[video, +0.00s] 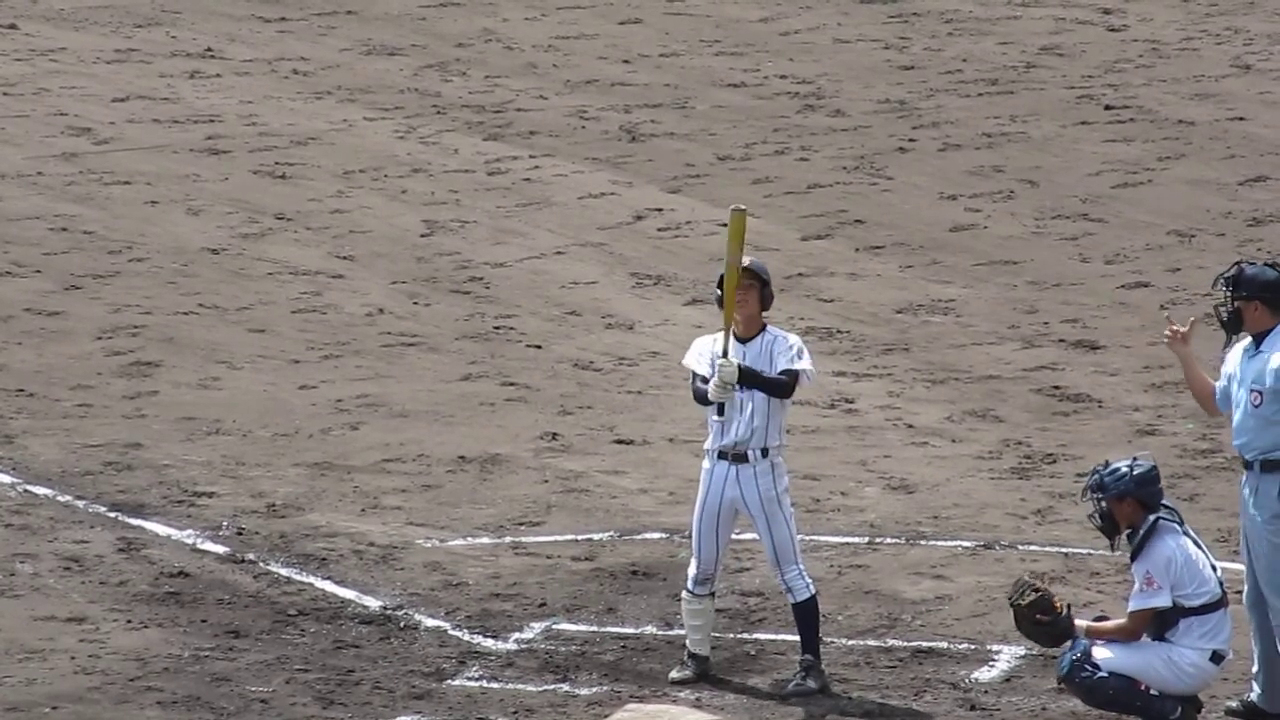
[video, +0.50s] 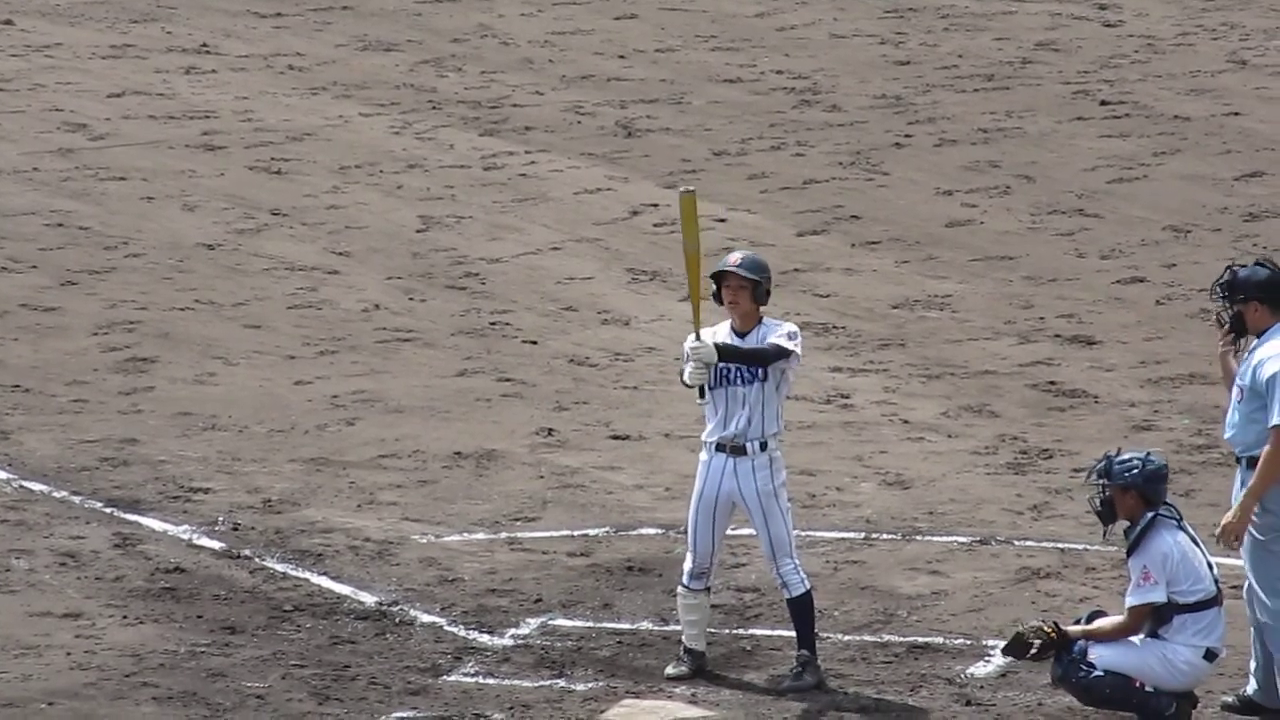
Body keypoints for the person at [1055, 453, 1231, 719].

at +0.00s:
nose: (1102, 511)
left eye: (1108, 503)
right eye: (1103, 503)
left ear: (1128, 504)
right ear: (1131, 503)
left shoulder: (1157, 549)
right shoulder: (1164, 524)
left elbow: (1133, 631)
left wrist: (1076, 627)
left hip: (1192, 662)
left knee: (1077, 666)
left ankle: (1171, 710)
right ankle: (1180, 698)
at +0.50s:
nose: (1105, 497)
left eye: (1111, 491)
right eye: (1106, 490)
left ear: (1132, 496)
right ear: (1135, 495)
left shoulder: (1153, 543)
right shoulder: (1164, 522)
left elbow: (1133, 624)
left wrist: (1071, 633)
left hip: (1184, 659)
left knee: (1072, 664)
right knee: (1091, 622)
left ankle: (1163, 706)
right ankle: (1173, 692)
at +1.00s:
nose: (1099, 502)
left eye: (1106, 495)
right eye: (1101, 494)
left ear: (1127, 501)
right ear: (1129, 500)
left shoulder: (1148, 550)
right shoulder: (1159, 526)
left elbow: (1127, 629)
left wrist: (1062, 639)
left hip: (1178, 666)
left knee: (1066, 668)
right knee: (1087, 626)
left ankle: (1161, 710)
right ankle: (1169, 696)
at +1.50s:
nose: (1097, 496)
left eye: (1104, 491)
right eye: (1100, 489)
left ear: (1124, 500)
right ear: (1127, 500)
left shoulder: (1141, 545)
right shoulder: (1155, 526)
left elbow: (1129, 629)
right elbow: (1141, 602)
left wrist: (1077, 626)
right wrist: (1086, 603)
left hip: (1180, 661)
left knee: (1067, 665)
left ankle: (1160, 709)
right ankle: (1166, 699)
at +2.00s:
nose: (1093, 483)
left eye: (1101, 478)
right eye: (1096, 476)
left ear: (1121, 485)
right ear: (1125, 485)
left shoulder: (1132, 528)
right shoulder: (1145, 519)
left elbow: (1122, 607)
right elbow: (1143, 598)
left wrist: (1083, 598)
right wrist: (1097, 588)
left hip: (1180, 644)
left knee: (1070, 653)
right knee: (1082, 632)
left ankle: (1158, 704)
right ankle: (1164, 691)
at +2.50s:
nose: (1087, 478)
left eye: (1094, 472)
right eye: (1089, 471)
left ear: (1116, 478)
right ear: (1119, 479)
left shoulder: (1134, 520)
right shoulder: (1135, 513)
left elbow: (1124, 599)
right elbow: (1130, 590)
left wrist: (1081, 592)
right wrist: (1085, 582)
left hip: (1185, 631)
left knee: (1084, 643)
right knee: (1068, 641)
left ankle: (1108, 712)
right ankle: (1160, 689)